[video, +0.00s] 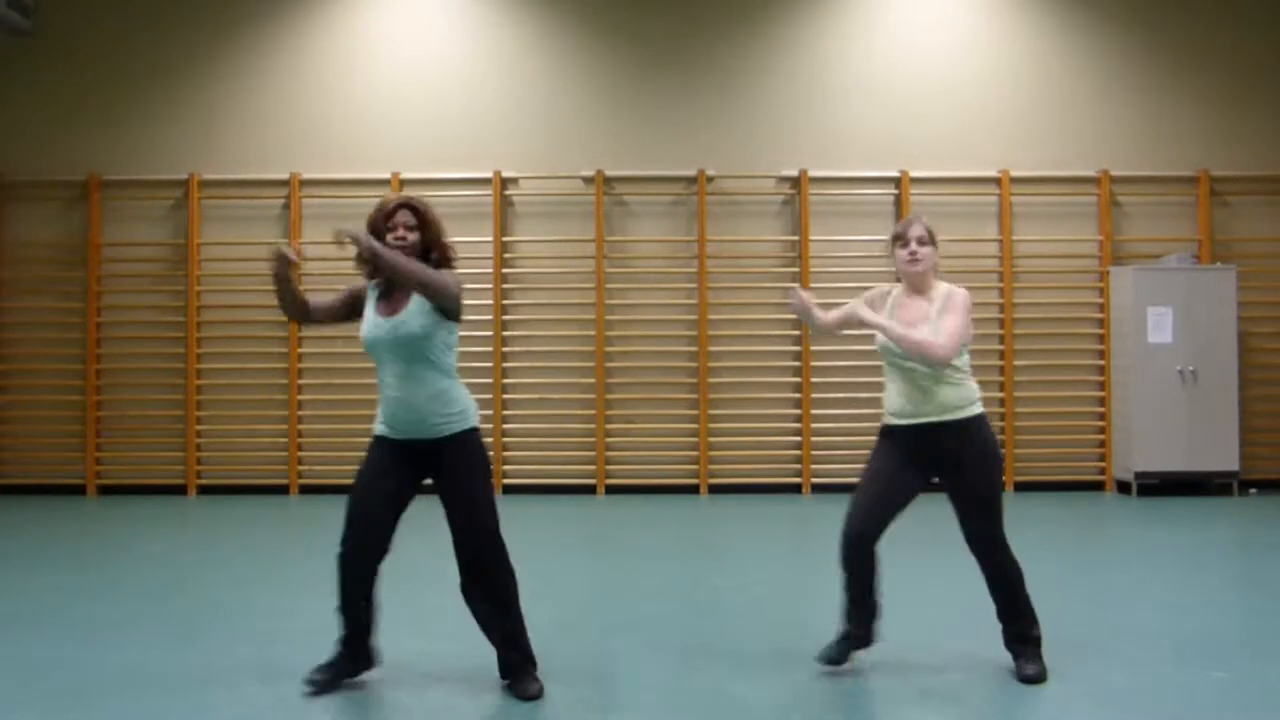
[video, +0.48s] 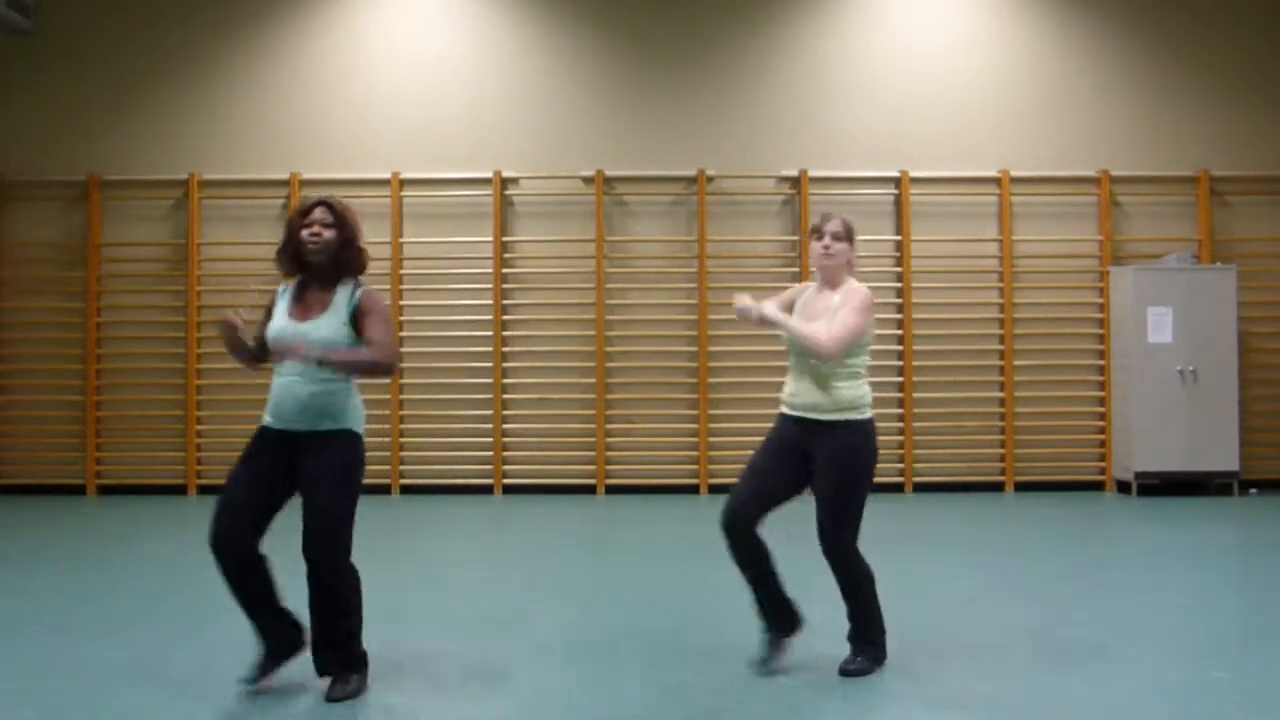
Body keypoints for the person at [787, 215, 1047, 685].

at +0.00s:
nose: (914, 250)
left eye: (922, 243)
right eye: (904, 244)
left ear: (936, 252)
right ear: (893, 254)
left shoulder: (954, 298)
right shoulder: (880, 299)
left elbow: (941, 351)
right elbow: (827, 322)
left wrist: (876, 321)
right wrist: (808, 309)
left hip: (963, 436)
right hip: (902, 439)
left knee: (988, 543)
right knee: (857, 532)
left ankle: (1026, 647)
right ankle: (857, 632)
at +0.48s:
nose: (826, 245)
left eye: (837, 239)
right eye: (820, 237)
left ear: (853, 251)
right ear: (809, 247)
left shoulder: (859, 298)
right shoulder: (802, 293)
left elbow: (828, 346)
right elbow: (768, 314)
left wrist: (775, 317)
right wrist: (751, 310)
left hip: (846, 435)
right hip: (795, 430)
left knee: (838, 542)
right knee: (737, 520)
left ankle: (869, 647)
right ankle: (781, 619)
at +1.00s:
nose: (722, 267)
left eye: (732, 260)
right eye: (715, 260)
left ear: (746, 269)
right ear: (704, 269)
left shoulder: (767, 320)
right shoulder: (686, 318)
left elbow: (773, 391)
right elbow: (636, 369)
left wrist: (723, 422)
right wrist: (652, 412)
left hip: (728, 451)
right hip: (671, 440)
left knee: (712, 558)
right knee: (652, 546)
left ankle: (674, 627)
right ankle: (637, 639)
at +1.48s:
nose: (785, 251)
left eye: (792, 243)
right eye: (775, 244)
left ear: (802, 249)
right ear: (761, 253)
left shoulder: (820, 291)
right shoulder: (756, 298)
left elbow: (877, 298)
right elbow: (797, 308)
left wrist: (921, 283)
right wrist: (868, 284)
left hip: (820, 432)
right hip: (768, 432)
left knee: (834, 542)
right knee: (739, 537)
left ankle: (828, 638)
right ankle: (663, 626)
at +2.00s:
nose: (889, 255)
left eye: (894, 245)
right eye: (878, 252)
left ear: (905, 248)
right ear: (864, 263)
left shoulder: (919, 280)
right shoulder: (875, 303)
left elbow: (955, 264)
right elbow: (946, 298)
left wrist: (995, 236)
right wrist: (1000, 253)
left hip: (918, 427)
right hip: (871, 425)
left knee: (962, 528)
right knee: (828, 522)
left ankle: (1010, 631)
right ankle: (777, 622)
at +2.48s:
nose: (939, 262)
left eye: (947, 255)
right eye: (929, 256)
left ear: (959, 265)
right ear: (916, 267)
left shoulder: (981, 314)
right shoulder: (902, 305)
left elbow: (987, 383)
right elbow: (846, 327)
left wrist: (922, 384)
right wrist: (861, 362)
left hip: (980, 430)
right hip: (922, 435)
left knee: (995, 532)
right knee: (916, 535)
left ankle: (1007, 629)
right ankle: (941, 613)